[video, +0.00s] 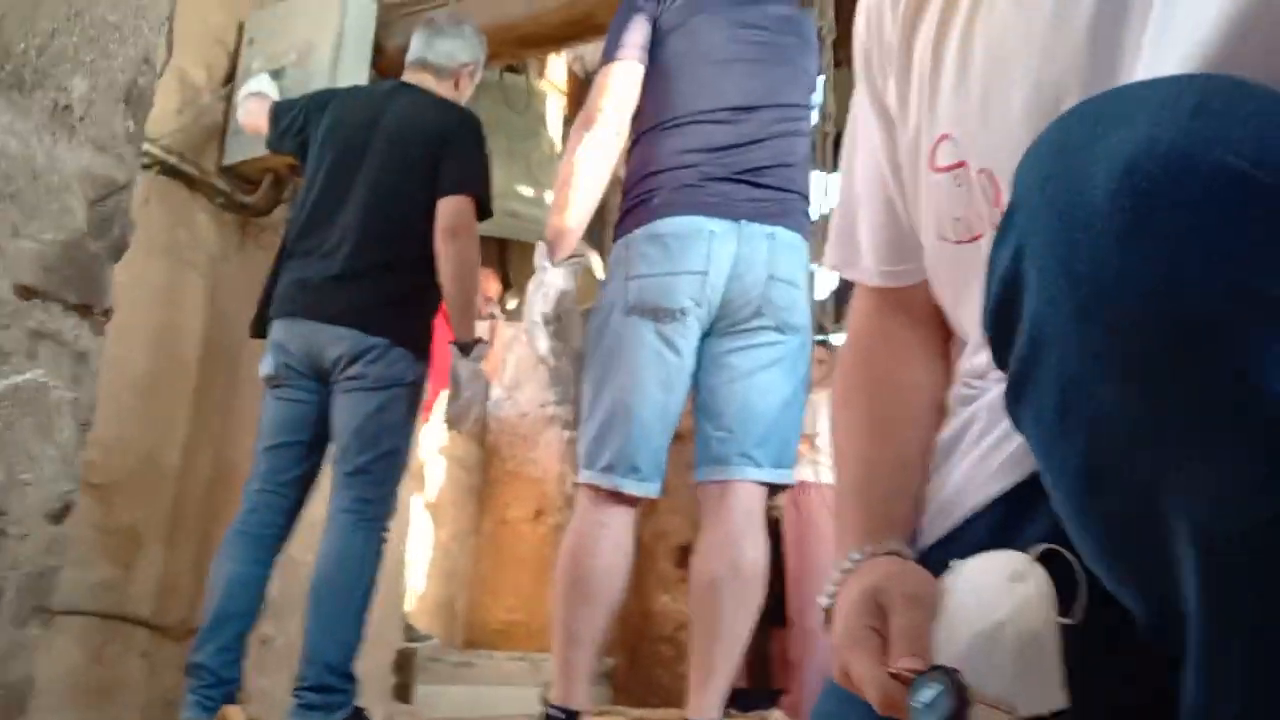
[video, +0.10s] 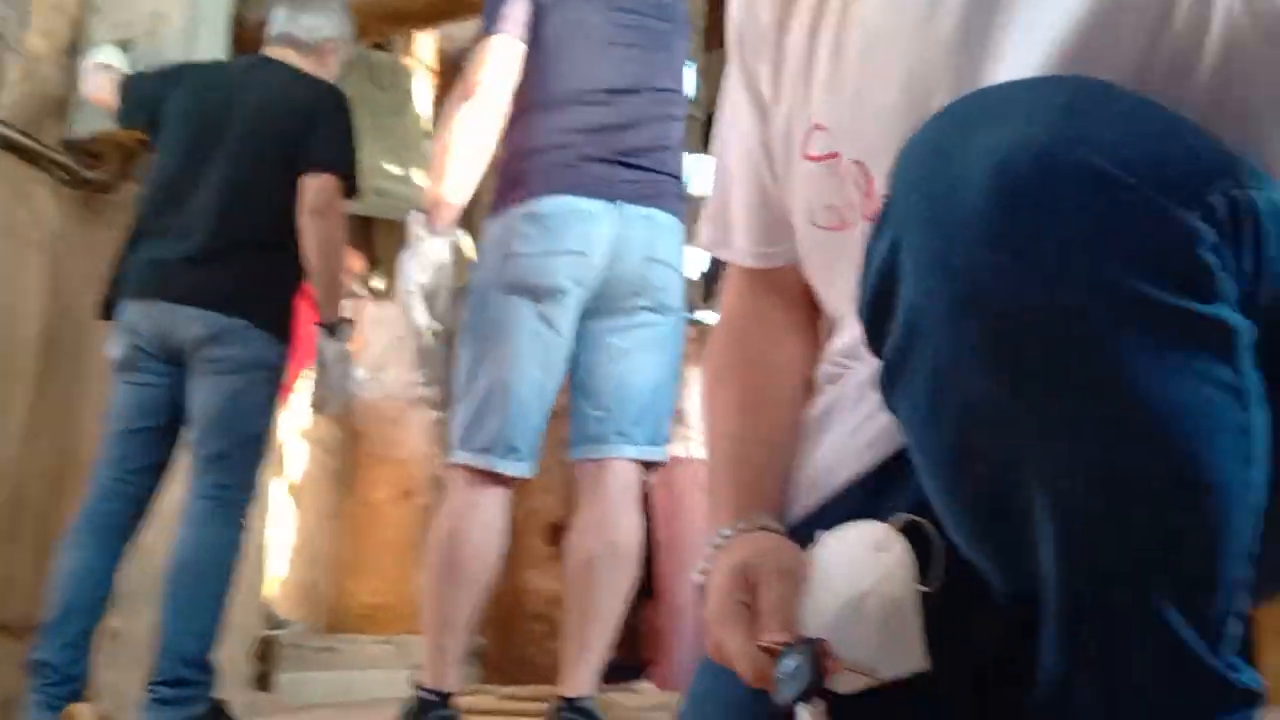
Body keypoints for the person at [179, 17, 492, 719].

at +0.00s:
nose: (476, 89)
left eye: (477, 81)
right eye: (479, 81)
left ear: (408, 61)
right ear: (467, 76)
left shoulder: (340, 104)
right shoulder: (457, 126)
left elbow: (256, 116)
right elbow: (455, 226)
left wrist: (254, 94)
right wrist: (467, 343)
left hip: (297, 320)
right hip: (380, 335)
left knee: (266, 500)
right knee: (358, 510)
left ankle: (207, 692)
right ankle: (323, 701)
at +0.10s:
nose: (340, 69)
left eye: (341, 59)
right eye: (342, 59)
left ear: (269, 37)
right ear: (331, 51)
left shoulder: (197, 80)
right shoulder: (321, 101)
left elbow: (110, 92)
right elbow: (319, 207)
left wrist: (100, 71)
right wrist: (332, 316)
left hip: (148, 302)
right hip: (239, 317)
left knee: (114, 490)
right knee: (217, 499)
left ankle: (50, 687)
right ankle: (179, 695)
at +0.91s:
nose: (312, 162)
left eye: (316, 148)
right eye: (311, 144)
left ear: (236, 127)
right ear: (277, 128)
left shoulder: (154, 165)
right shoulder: (281, 192)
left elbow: (69, 185)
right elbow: (276, 294)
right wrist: (290, 413)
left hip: (101, 383)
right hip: (196, 403)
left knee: (58, 583)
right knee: (164, 596)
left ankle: (14, 707)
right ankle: (128, 714)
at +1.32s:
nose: (357, 202)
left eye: (359, 188)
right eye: (351, 185)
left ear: (280, 178)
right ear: (312, 176)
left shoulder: (203, 218)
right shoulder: (314, 242)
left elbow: (137, 232)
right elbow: (309, 343)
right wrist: (320, 460)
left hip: (152, 440)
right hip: (242, 455)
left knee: (124, 619)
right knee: (221, 633)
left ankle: (76, 712)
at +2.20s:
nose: (274, 209)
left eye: (278, 193)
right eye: (273, 189)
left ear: (200, 174)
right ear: (237, 176)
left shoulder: (114, 214)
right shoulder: (235, 240)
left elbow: (42, 225)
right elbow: (224, 352)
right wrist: (237, 475)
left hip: (48, 443)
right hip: (147, 461)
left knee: (12, 634)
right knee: (113, 655)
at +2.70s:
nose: (222, 211)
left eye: (225, 199)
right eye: (225, 199)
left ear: (147, 173)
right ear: (213, 195)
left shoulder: (62, 214)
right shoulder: (191, 246)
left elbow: (1, 222)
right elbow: (174, 353)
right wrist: (180, 477)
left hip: (5, 441)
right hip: (92, 462)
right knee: (49, 643)